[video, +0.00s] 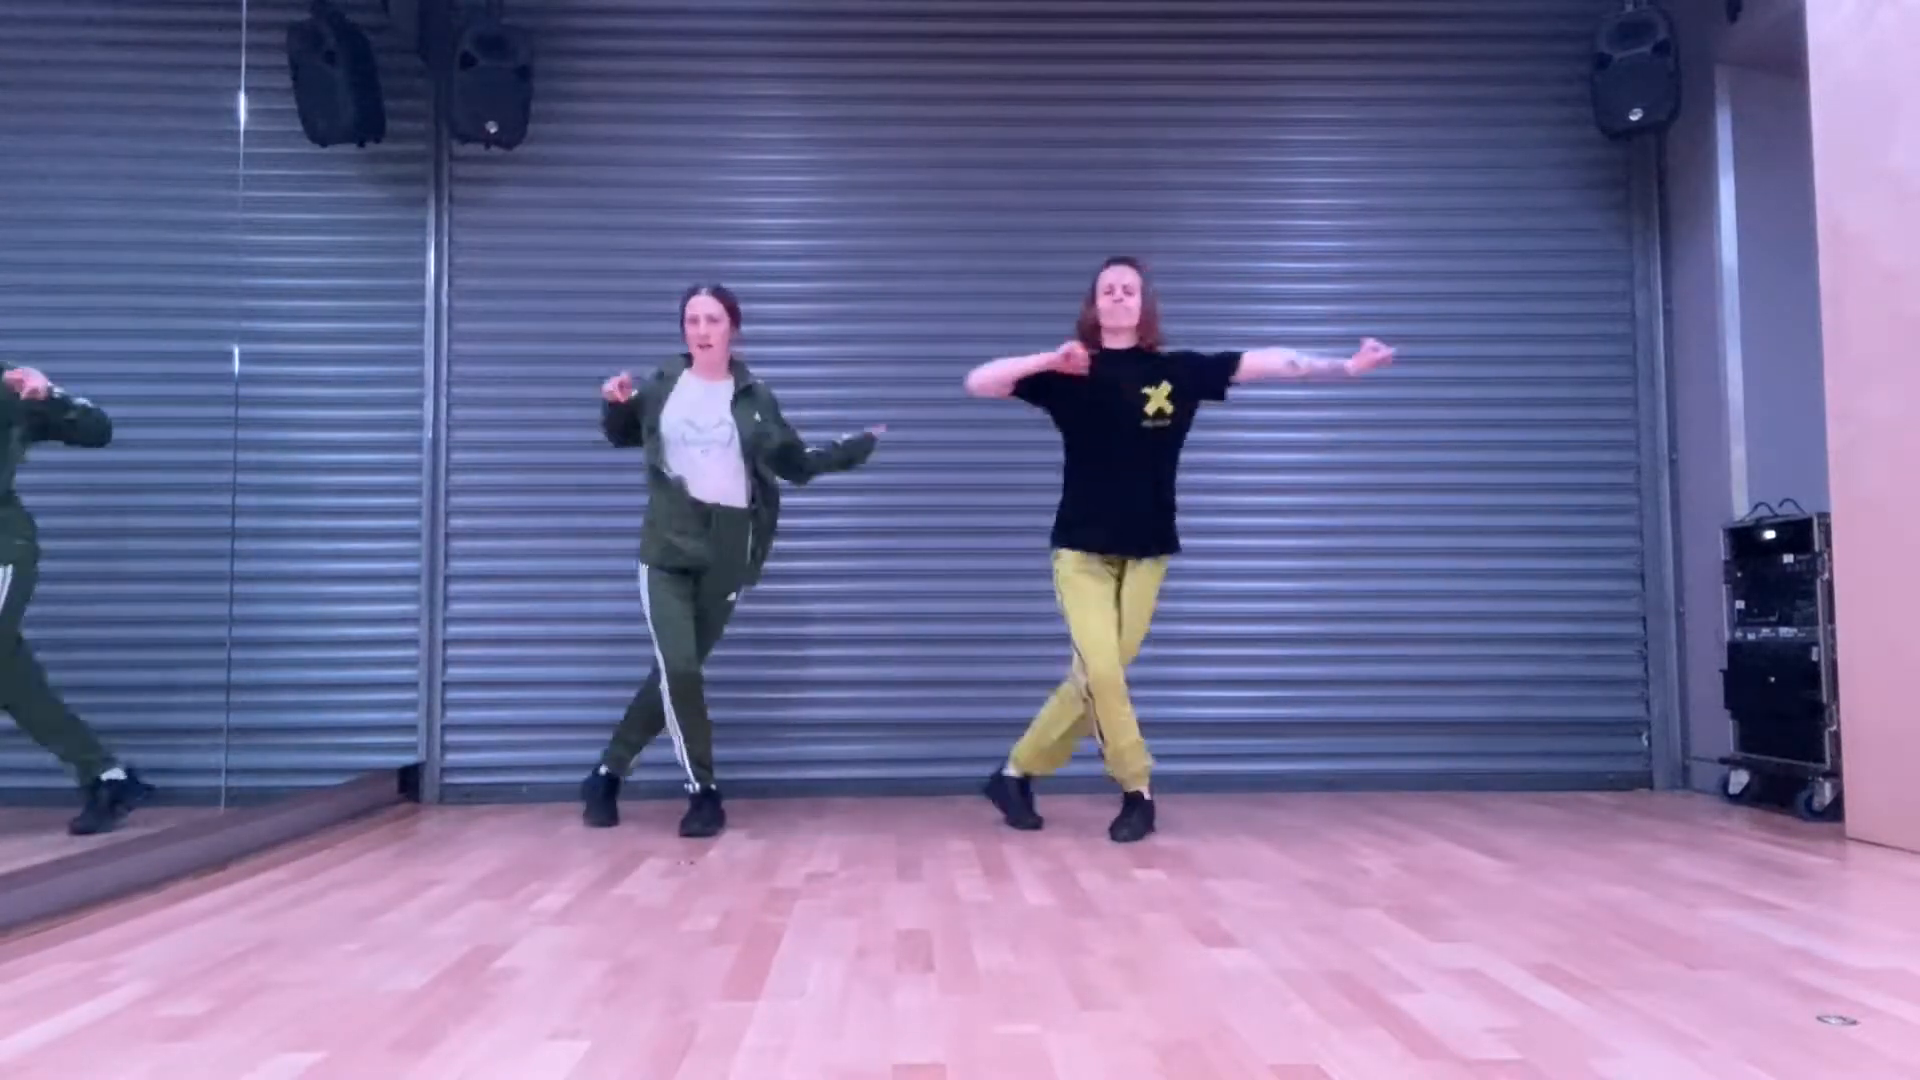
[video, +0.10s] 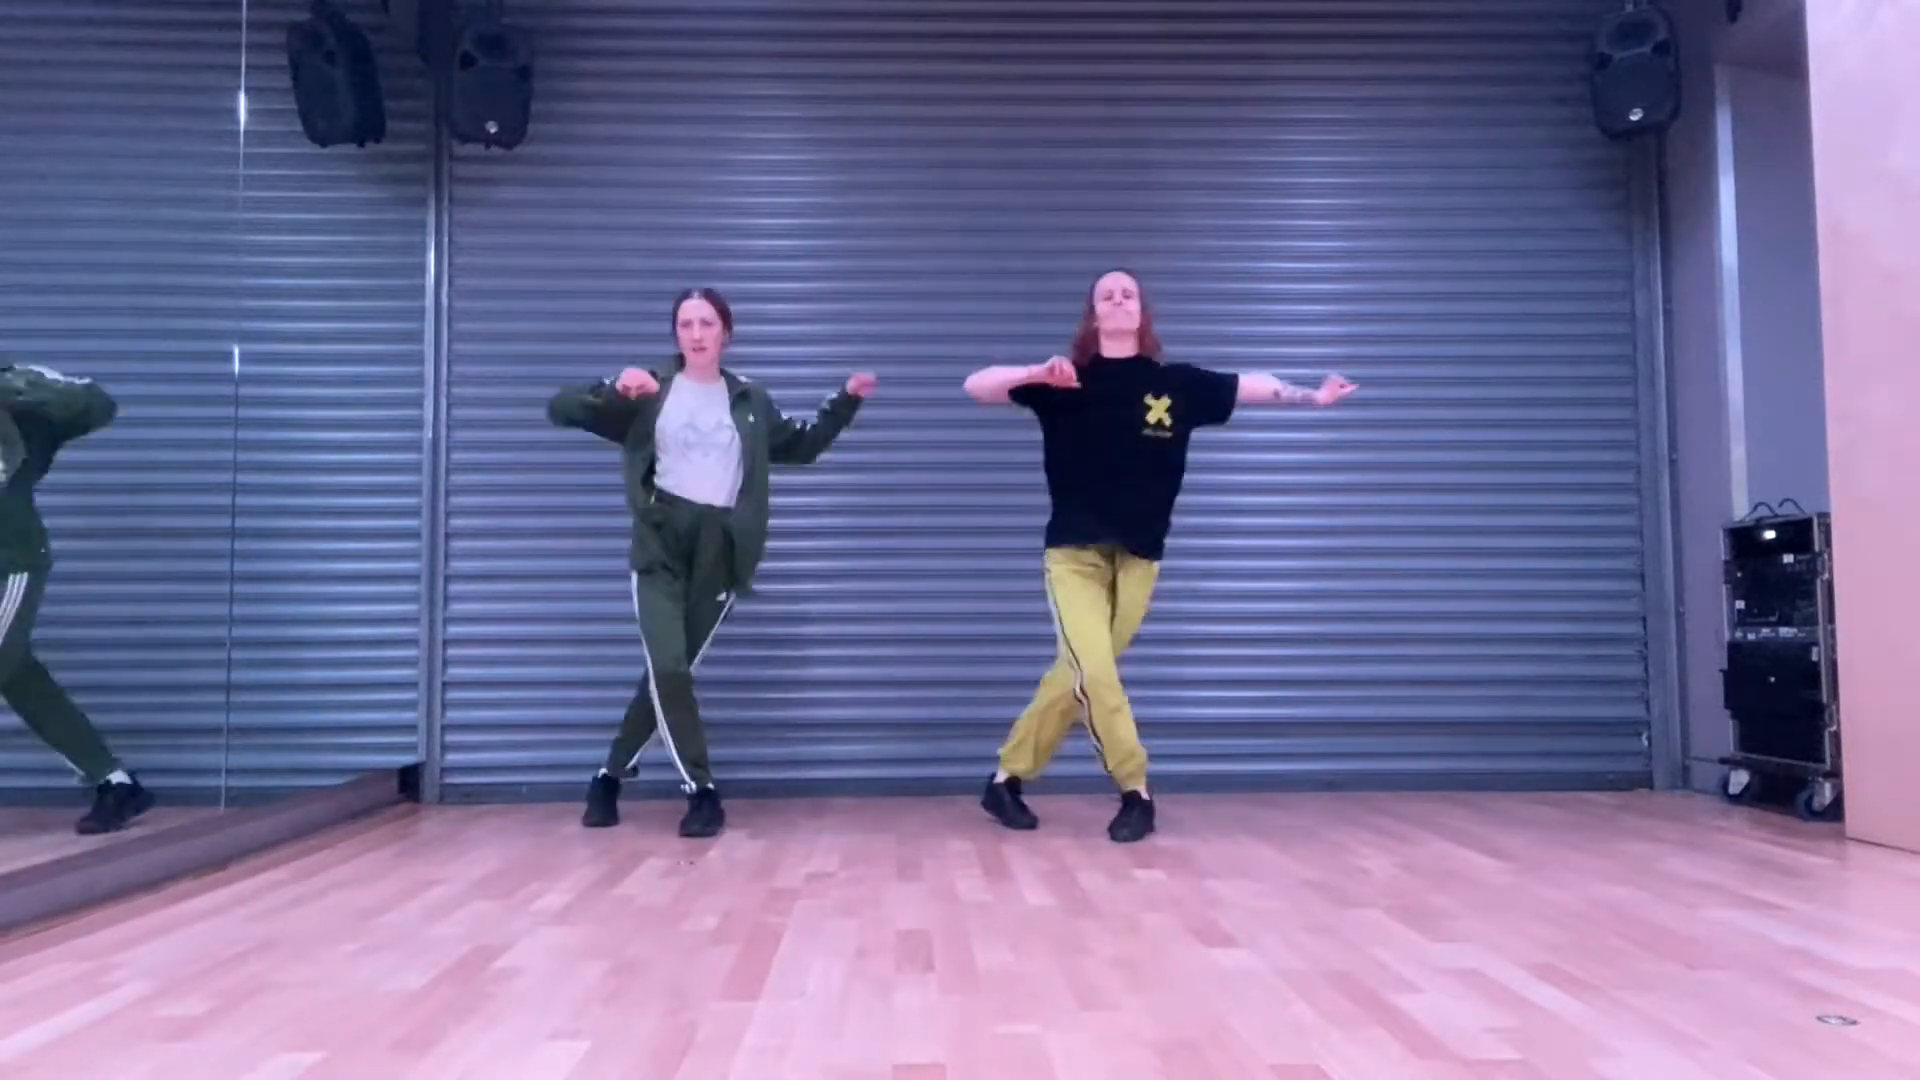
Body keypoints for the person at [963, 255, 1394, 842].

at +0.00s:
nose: (1119, 298)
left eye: (1129, 290)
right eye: (1109, 290)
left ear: (1146, 304)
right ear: (1093, 304)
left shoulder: (1179, 370)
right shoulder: (1065, 374)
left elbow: (1271, 364)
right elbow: (976, 384)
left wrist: (1346, 366)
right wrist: (1046, 362)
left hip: (1147, 550)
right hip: (1080, 547)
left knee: (1098, 678)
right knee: (1102, 669)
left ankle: (1015, 774)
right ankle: (1136, 792)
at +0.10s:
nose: (1118, 301)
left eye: (1128, 295)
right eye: (1107, 295)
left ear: (1144, 314)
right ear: (1091, 317)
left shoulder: (1176, 383)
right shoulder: (1059, 382)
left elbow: (1254, 388)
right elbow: (975, 386)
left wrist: (1314, 397)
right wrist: (1036, 376)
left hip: (1138, 555)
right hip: (1072, 549)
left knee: (1081, 673)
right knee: (1096, 671)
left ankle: (1005, 780)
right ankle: (1135, 795)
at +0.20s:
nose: (1118, 299)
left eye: (1126, 292)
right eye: (1107, 293)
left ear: (1141, 307)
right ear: (1089, 309)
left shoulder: (1167, 381)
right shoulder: (1060, 379)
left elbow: (1239, 395)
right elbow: (989, 372)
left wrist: (1290, 403)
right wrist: (1061, 363)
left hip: (1134, 554)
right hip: (1068, 548)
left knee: (1088, 665)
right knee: (1101, 662)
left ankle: (1011, 782)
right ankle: (1135, 793)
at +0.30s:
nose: (1117, 285)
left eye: (1124, 279)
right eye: (1104, 282)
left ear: (1138, 298)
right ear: (1086, 305)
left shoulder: (1153, 366)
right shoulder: (1079, 361)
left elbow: (1202, 371)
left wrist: (1251, 359)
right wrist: (1141, 373)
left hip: (1131, 544)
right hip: (1074, 538)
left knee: (1078, 664)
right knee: (1112, 655)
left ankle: (1010, 779)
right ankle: (1136, 788)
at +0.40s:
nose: (1150, 289)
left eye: (1141, 282)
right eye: (1136, 288)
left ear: (1114, 321)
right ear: (1124, 315)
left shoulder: (1102, 361)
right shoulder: (1140, 365)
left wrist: (1171, 377)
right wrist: (1178, 451)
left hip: (1057, 528)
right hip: (1093, 532)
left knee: (1064, 656)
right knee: (1121, 654)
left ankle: (999, 777)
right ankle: (1139, 790)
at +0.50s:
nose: (1189, 334)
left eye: (1190, 326)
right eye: (1187, 328)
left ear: (1134, 313)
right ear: (1169, 333)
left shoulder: (1088, 351)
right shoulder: (1161, 390)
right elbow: (1179, 478)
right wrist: (1148, 527)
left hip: (1035, 517)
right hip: (1101, 528)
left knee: (1043, 652)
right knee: (1129, 657)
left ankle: (1030, 782)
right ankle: (1138, 793)